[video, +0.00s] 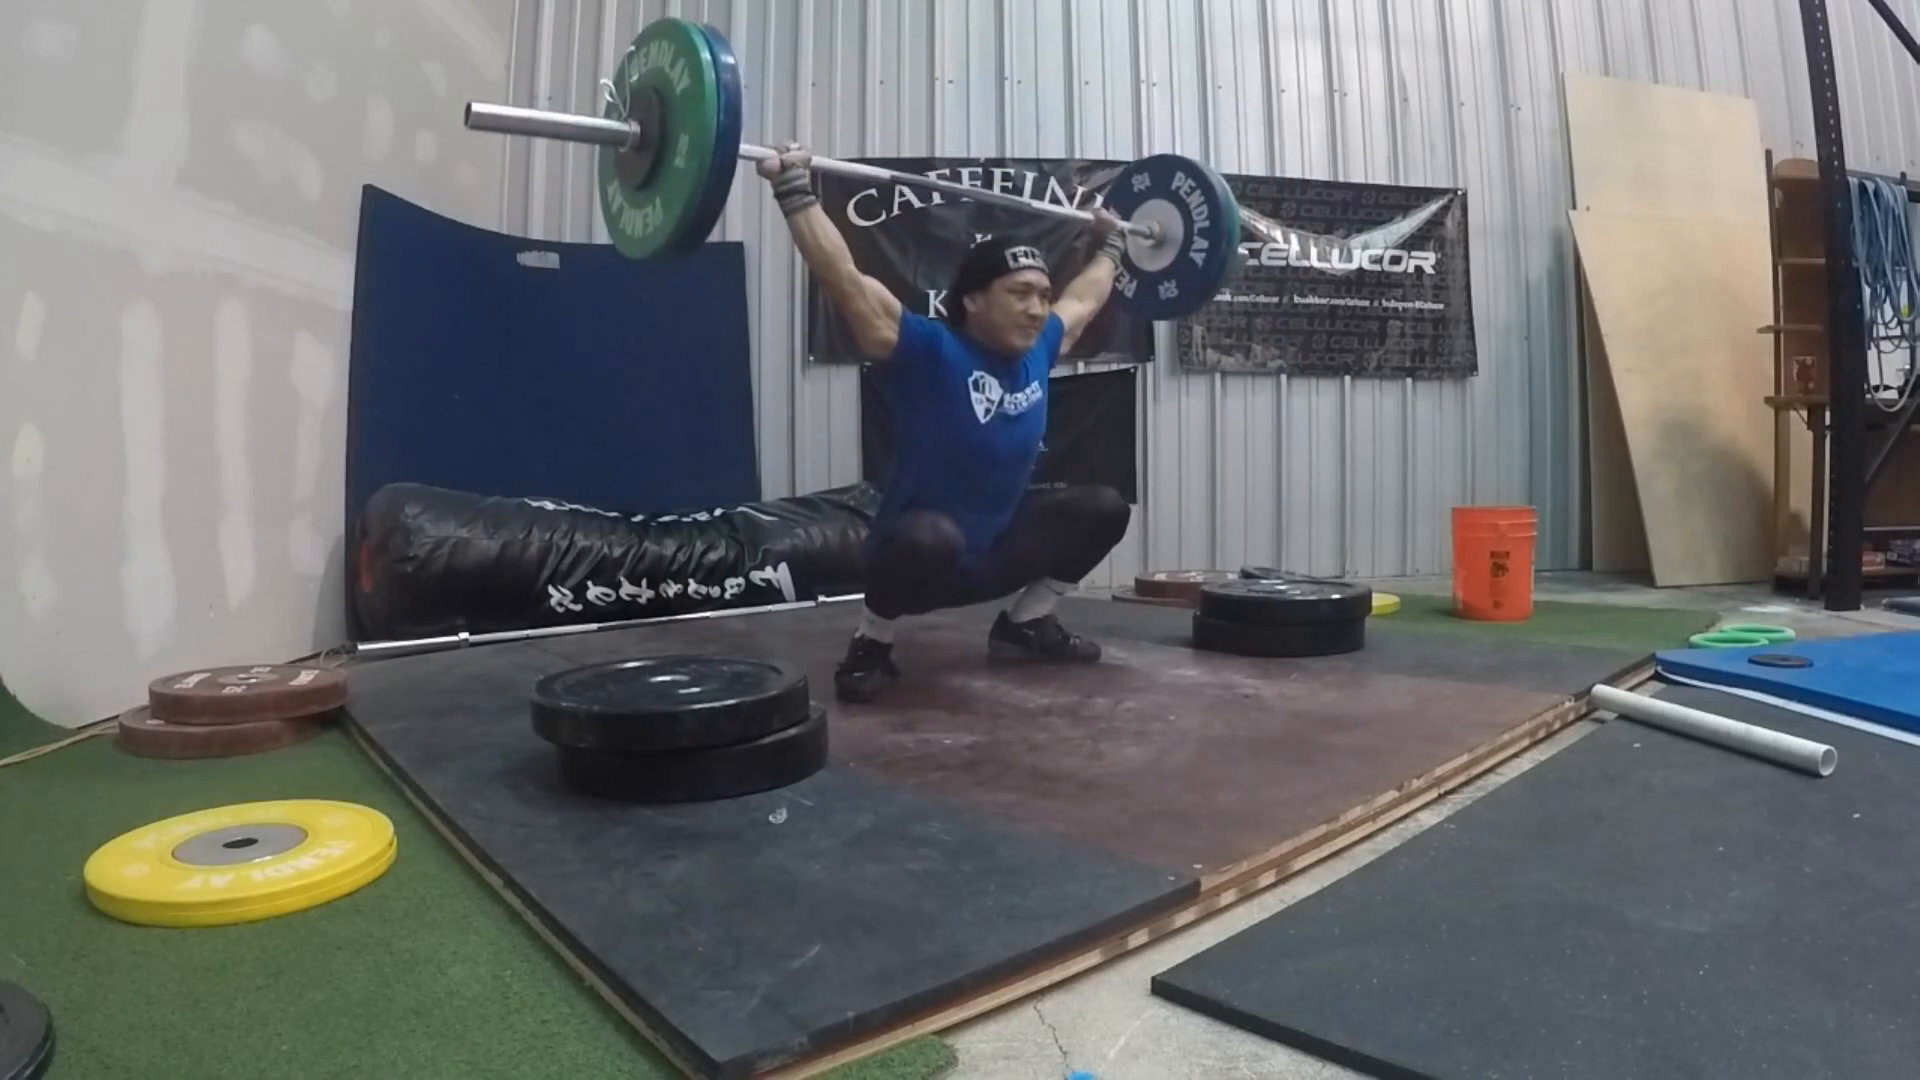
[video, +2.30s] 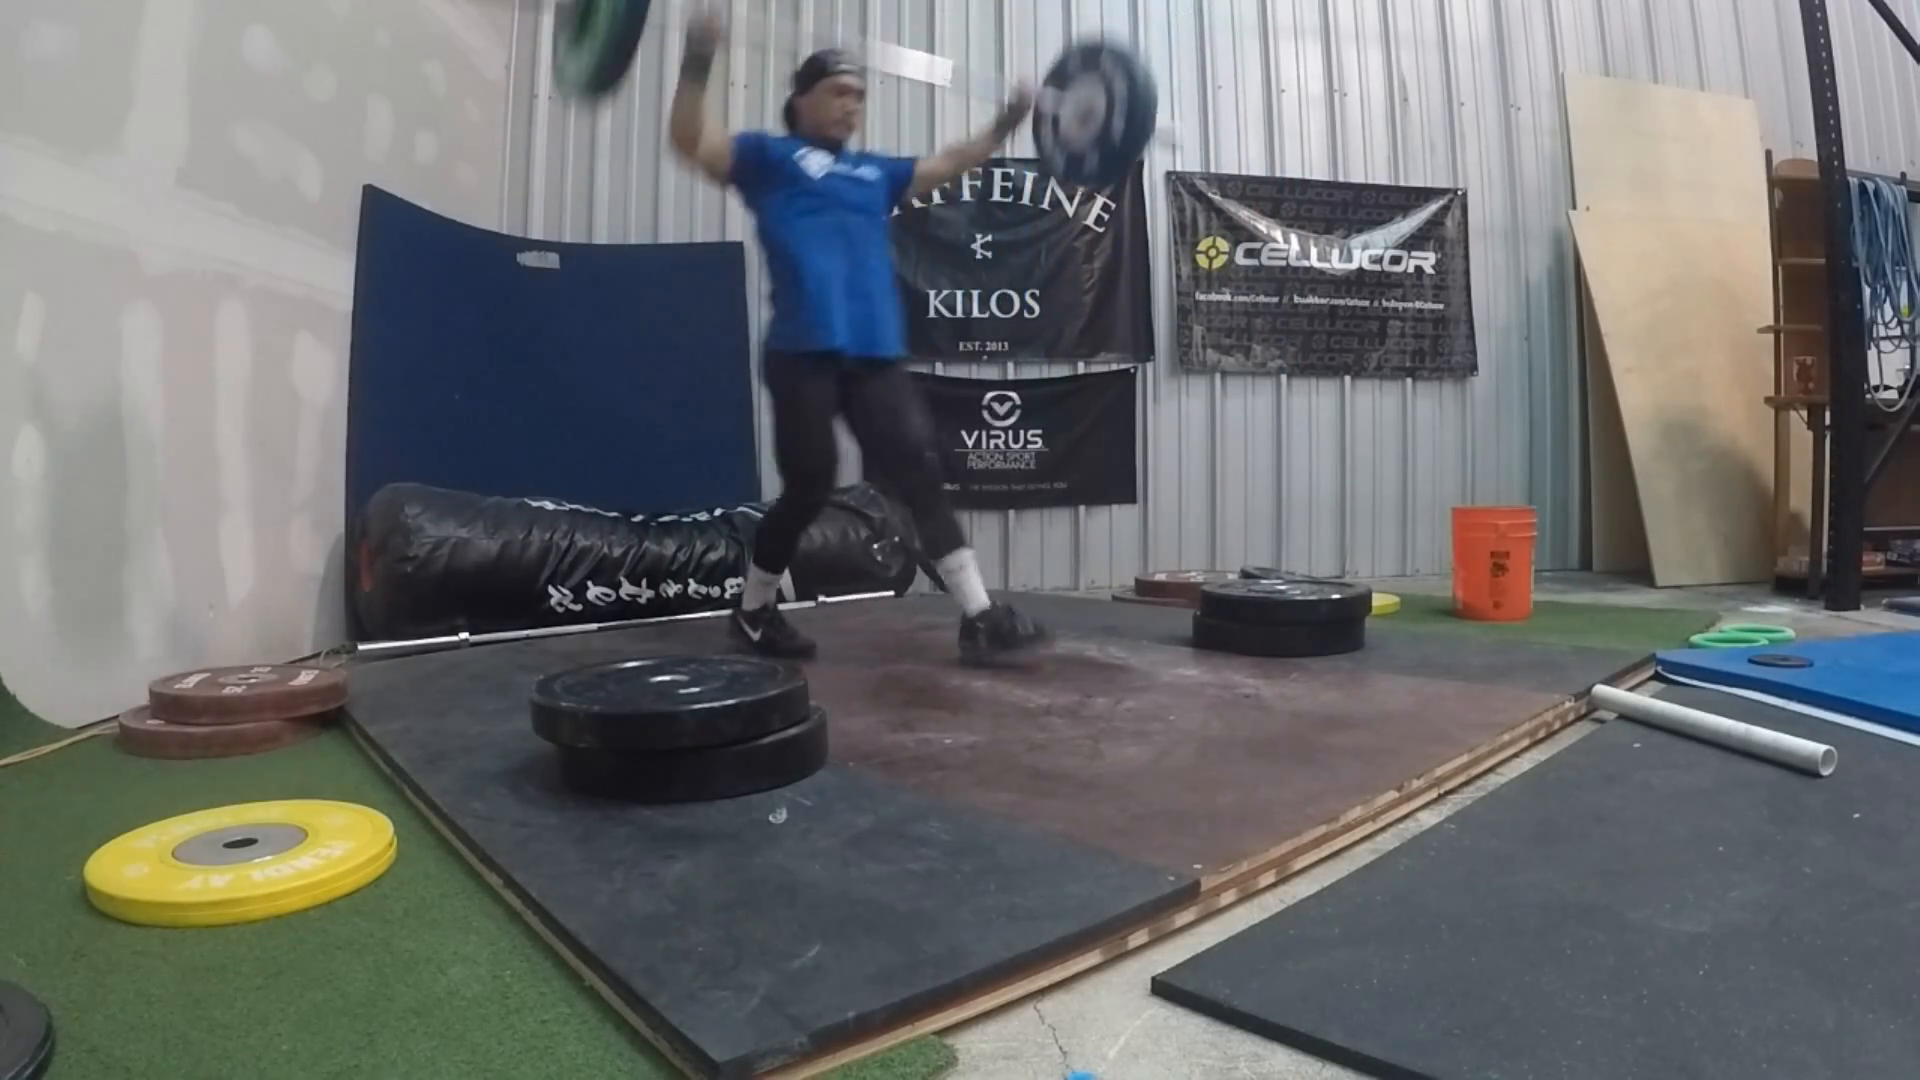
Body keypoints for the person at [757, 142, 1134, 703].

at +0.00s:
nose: (1037, 309)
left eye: (1042, 295)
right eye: (1020, 293)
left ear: (1048, 304)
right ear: (972, 303)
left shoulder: (1037, 348)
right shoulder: (923, 349)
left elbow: (1083, 300)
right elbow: (846, 282)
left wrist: (1111, 246)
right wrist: (795, 191)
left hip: (998, 548)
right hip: (919, 555)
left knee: (1104, 509)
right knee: (930, 535)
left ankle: (1025, 619)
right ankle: (871, 642)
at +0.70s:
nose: (1038, 218)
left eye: (1041, 207)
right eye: (1021, 204)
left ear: (1046, 219)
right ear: (976, 217)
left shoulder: (1037, 266)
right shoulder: (924, 261)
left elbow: (1079, 212)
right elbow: (853, 193)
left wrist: (1106, 165)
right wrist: (793, 104)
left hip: (972, 459)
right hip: (889, 456)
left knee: (1078, 491)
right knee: (924, 504)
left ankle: (1023, 619)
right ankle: (869, 638)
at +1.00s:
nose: (1021, 142)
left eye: (1026, 131)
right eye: (1003, 127)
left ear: (1026, 147)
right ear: (957, 143)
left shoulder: (1025, 193)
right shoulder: (913, 185)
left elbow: (1075, 147)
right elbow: (843, 113)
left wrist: (1105, 103)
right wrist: (784, 23)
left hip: (962, 401)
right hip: (879, 396)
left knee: (1061, 477)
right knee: (916, 486)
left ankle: (1021, 621)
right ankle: (864, 639)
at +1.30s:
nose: (1007, 53)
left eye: (1011, 43)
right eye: (990, 39)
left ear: (1012, 59)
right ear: (944, 51)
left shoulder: (1012, 119)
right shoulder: (901, 102)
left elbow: (1061, 75)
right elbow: (827, 21)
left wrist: (1094, 33)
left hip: (964, 351)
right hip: (882, 341)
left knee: (1032, 462)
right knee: (888, 469)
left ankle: (1020, 619)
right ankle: (863, 636)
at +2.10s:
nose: (929, 57)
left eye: (935, 47)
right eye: (916, 44)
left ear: (940, 55)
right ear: (875, 49)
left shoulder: (950, 115)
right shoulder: (840, 107)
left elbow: (1006, 78)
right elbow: (770, 34)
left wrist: (1043, 28)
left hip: (955, 324)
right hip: (877, 324)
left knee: (978, 456)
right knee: (873, 457)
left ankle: (991, 622)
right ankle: (816, 609)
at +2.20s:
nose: (889, 84)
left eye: (895, 74)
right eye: (876, 72)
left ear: (899, 79)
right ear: (838, 77)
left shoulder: (917, 141)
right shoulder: (804, 134)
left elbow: (985, 110)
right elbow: (727, 70)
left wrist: (1027, 59)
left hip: (920, 340)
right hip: (846, 339)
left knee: (952, 462)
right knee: (853, 470)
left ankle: (989, 622)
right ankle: (770, 598)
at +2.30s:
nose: (851, 105)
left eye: (858, 96)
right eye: (838, 93)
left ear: (862, 108)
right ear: (800, 101)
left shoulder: (873, 171)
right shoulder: (767, 156)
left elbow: (947, 164)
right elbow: (688, 140)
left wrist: (1005, 124)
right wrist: (697, 60)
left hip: (875, 356)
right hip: (801, 355)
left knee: (918, 470)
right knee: (809, 484)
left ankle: (981, 617)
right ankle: (754, 610)